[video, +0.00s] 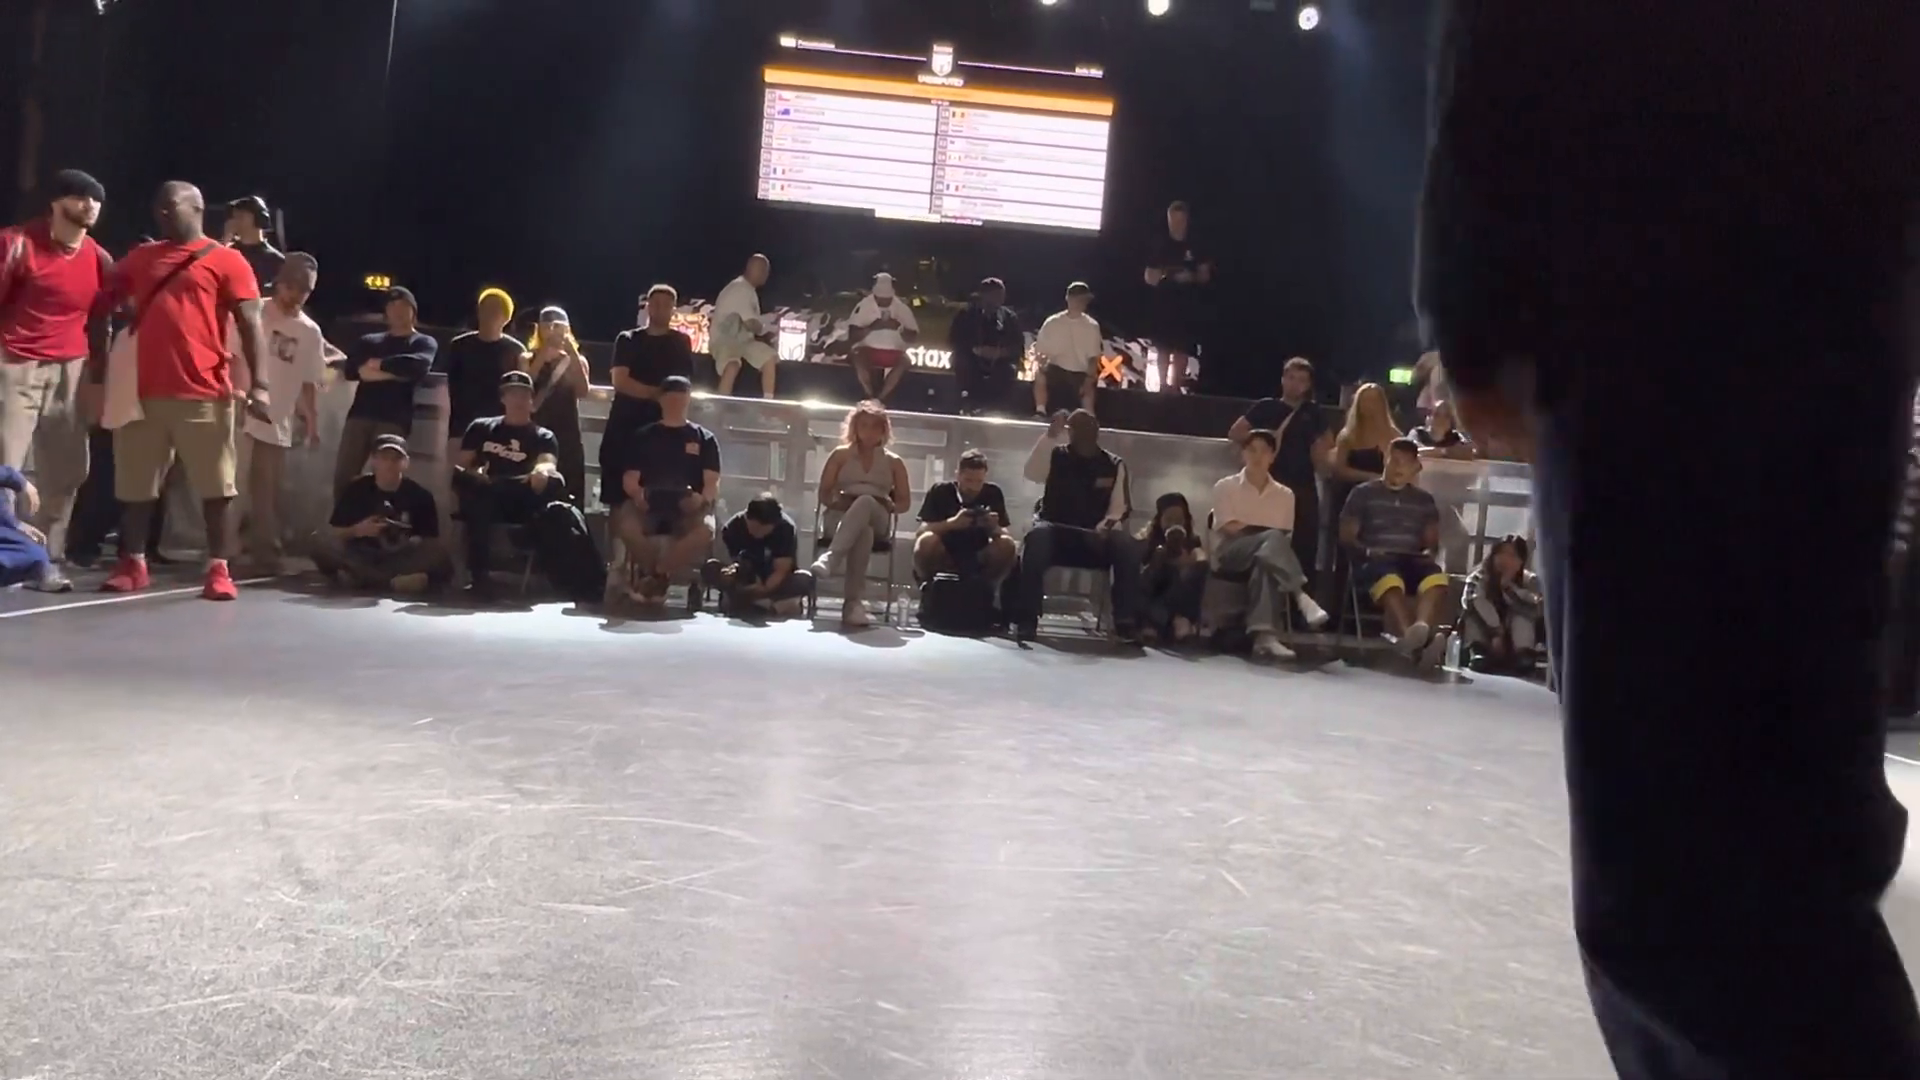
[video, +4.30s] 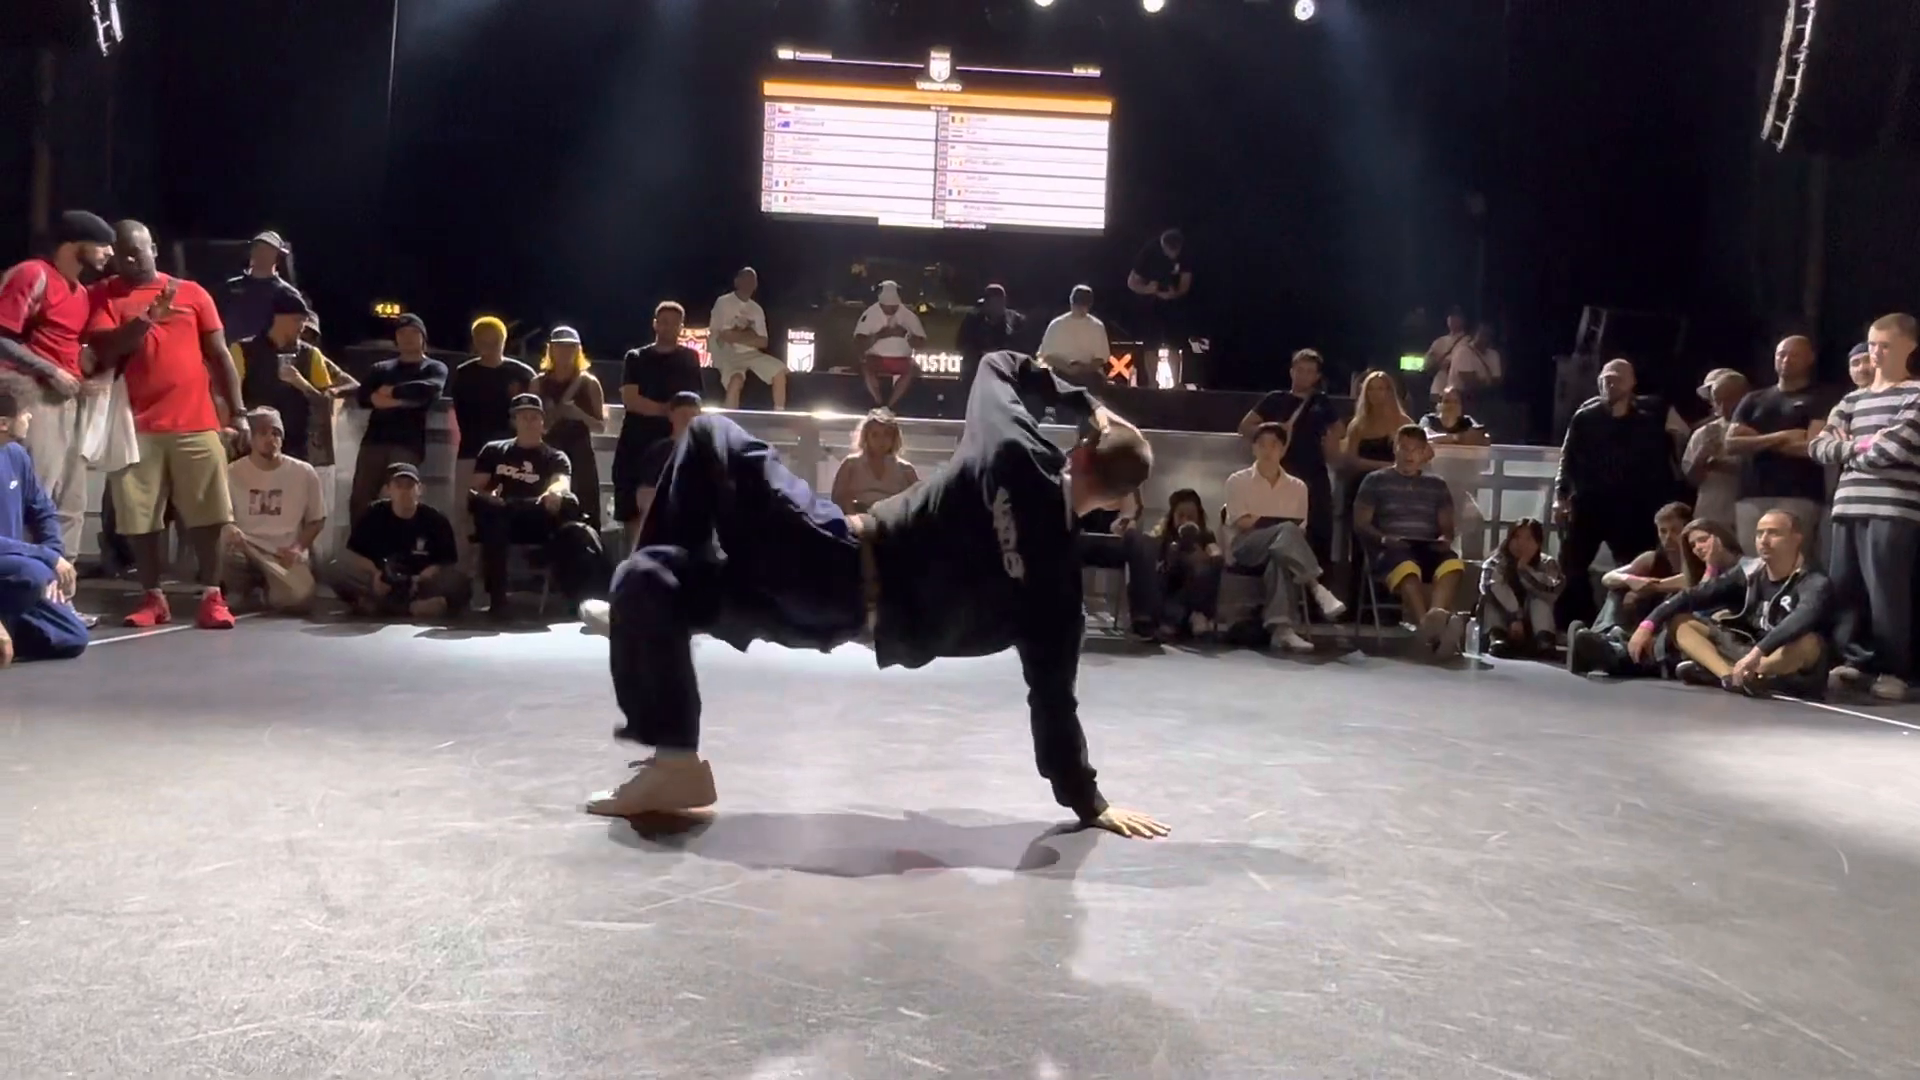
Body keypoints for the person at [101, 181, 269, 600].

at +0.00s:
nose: (161, 213)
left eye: (169, 205)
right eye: (159, 207)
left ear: (194, 207)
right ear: (158, 213)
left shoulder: (227, 259)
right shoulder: (141, 258)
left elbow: (251, 324)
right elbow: (99, 306)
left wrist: (259, 385)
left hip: (206, 395)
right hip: (143, 394)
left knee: (216, 488)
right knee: (136, 487)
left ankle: (219, 569)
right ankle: (133, 566)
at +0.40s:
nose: (112, 224)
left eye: (118, 216)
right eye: (106, 218)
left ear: (140, 217)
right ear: (101, 226)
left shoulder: (180, 261)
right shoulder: (95, 270)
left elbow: (215, 321)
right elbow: (69, 335)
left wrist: (236, 378)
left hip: (181, 403)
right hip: (120, 405)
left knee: (191, 497)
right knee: (120, 498)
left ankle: (197, 574)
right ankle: (125, 575)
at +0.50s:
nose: (106, 228)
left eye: (111, 219)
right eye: (98, 222)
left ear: (129, 219)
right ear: (92, 229)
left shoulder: (171, 261)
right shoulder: (86, 272)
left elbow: (209, 321)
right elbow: (68, 333)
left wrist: (228, 375)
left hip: (177, 403)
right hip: (116, 406)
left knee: (185, 494)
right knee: (116, 497)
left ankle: (183, 574)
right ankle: (121, 576)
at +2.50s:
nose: (98, 278)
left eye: (106, 269)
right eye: (96, 271)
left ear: (132, 268)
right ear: (96, 275)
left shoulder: (174, 313)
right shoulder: (84, 321)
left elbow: (214, 375)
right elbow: (66, 387)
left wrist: (221, 421)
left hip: (172, 447)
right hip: (113, 451)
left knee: (187, 537)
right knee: (117, 543)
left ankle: (189, 615)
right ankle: (126, 621)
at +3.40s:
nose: (123, 274)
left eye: (127, 264)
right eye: (121, 268)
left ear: (156, 260)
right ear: (125, 271)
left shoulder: (203, 304)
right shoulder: (116, 312)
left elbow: (241, 362)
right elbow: (96, 371)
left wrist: (239, 421)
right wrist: (127, 340)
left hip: (199, 441)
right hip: (140, 443)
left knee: (209, 533)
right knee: (139, 534)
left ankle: (206, 610)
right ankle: (143, 612)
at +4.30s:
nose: (136, 258)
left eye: (141, 249)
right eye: (127, 253)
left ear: (154, 248)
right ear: (114, 257)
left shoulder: (191, 293)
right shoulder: (105, 298)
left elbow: (219, 355)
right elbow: (105, 353)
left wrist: (238, 413)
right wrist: (146, 320)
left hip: (196, 425)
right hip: (137, 429)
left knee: (208, 515)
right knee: (140, 520)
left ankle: (211, 597)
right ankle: (154, 599)